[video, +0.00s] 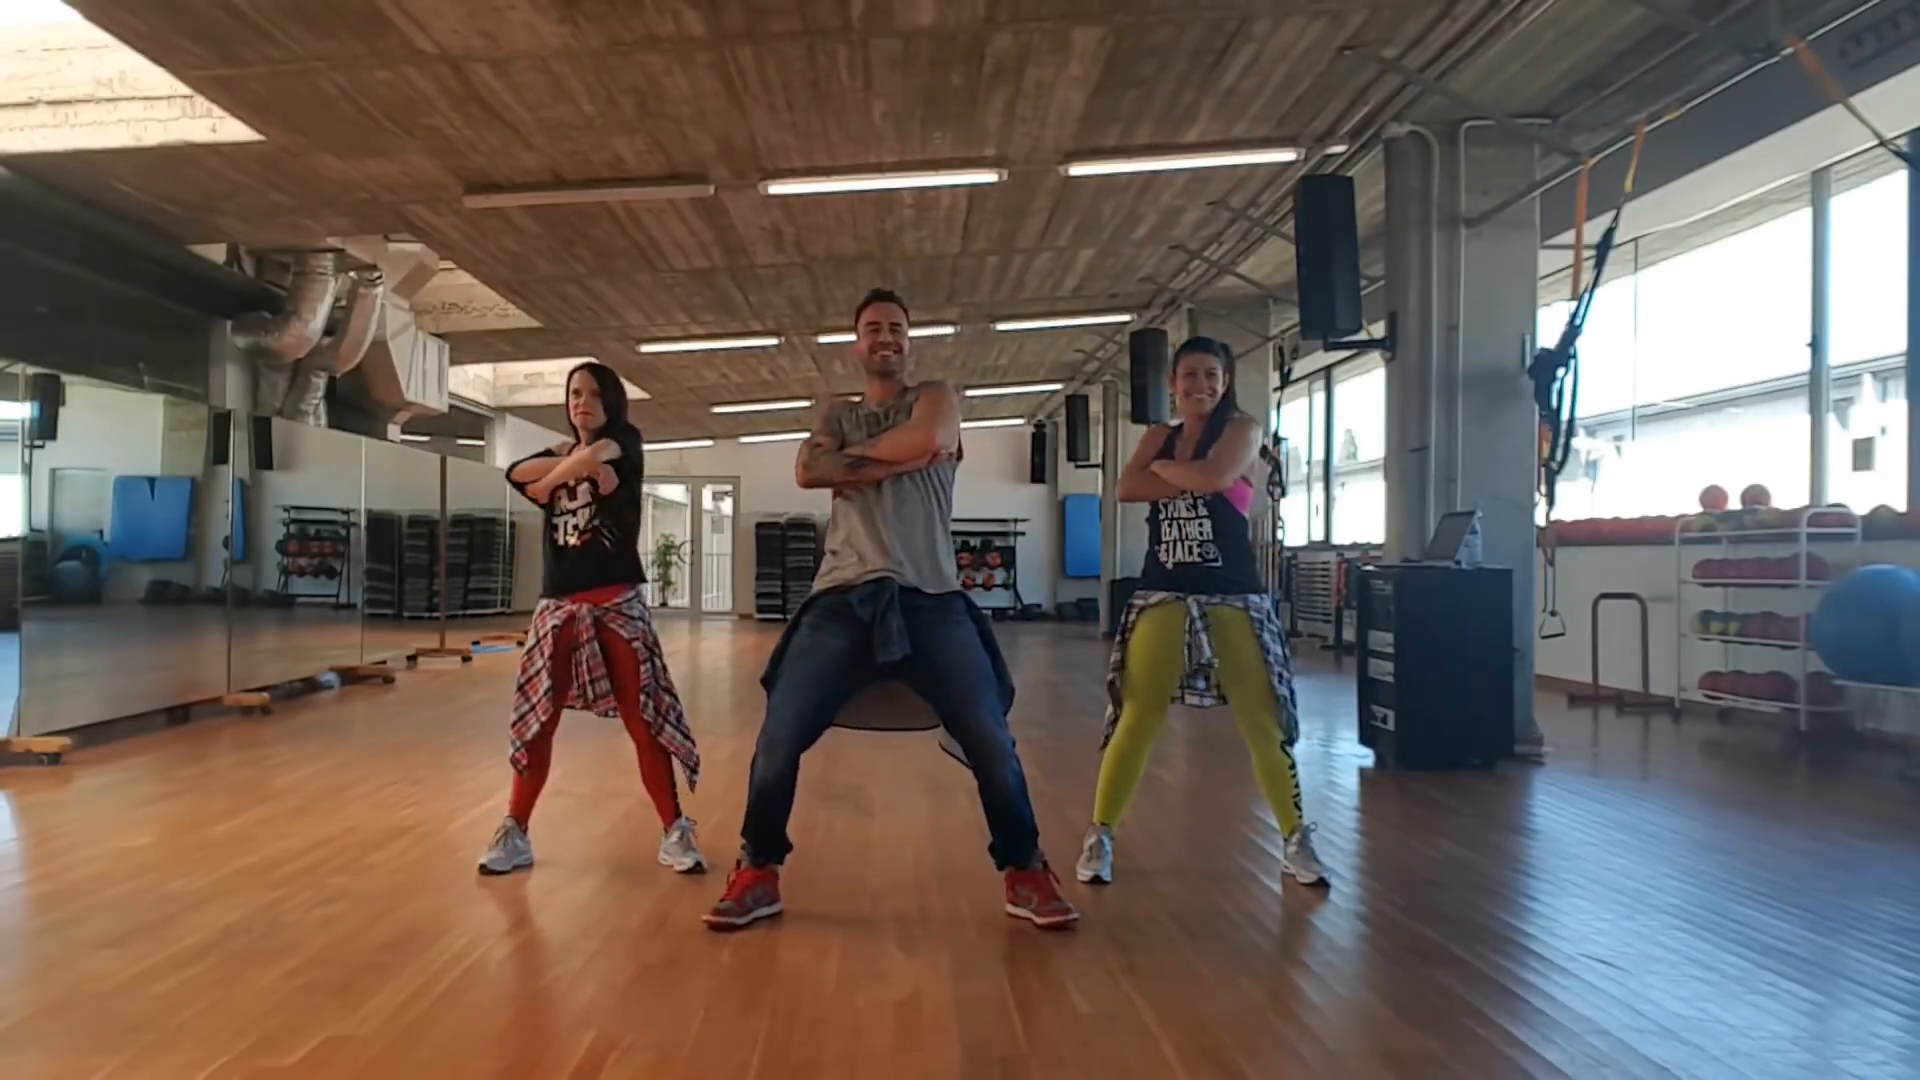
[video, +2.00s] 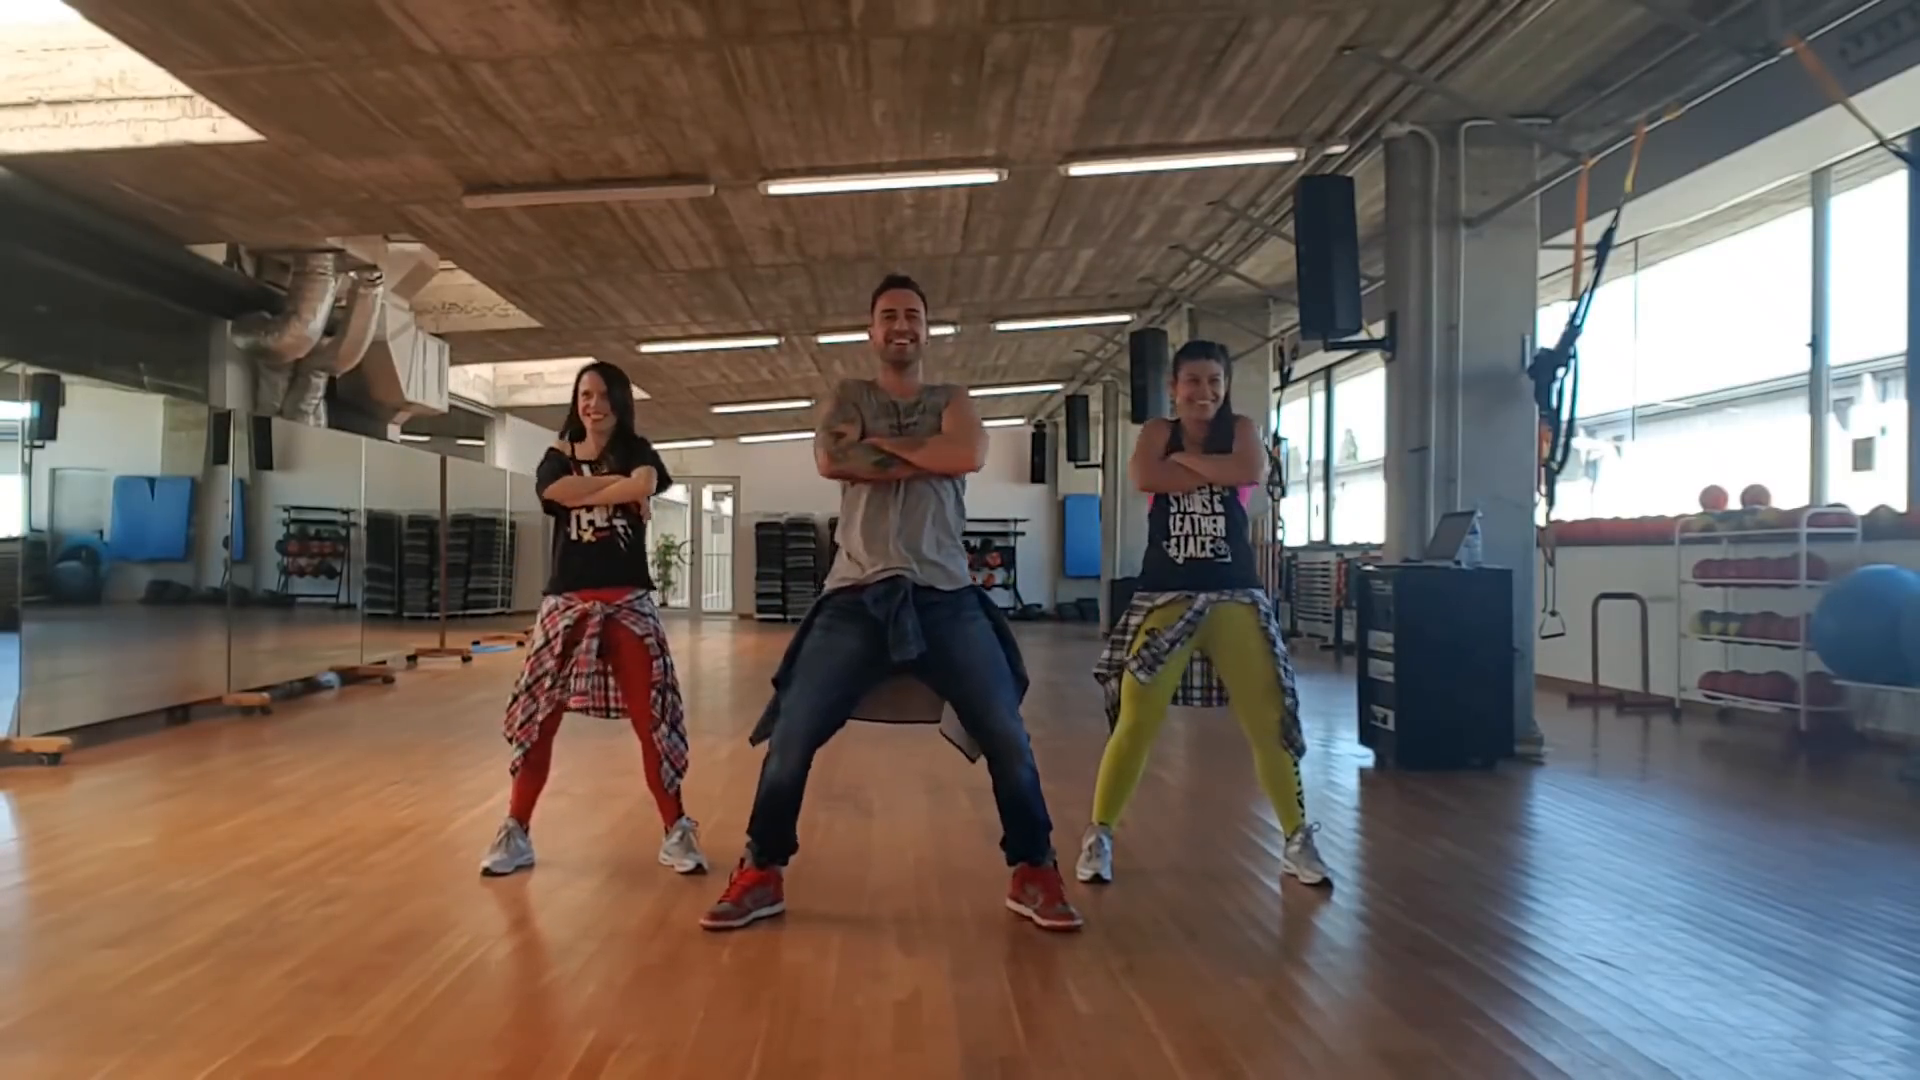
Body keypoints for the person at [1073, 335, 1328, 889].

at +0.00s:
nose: (1199, 384)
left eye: (1210, 376)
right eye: (1189, 375)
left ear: (1225, 383)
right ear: (1174, 383)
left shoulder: (1242, 428)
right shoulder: (1160, 436)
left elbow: (1212, 477)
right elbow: (1126, 488)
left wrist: (1157, 466)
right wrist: (1194, 478)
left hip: (1233, 591)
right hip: (1162, 590)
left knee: (1262, 720)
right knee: (1140, 714)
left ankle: (1296, 841)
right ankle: (1100, 837)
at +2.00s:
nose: (1201, 391)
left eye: (1211, 382)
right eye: (1191, 381)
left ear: (1225, 387)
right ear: (1174, 386)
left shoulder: (1242, 429)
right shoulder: (1157, 431)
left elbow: (1250, 471)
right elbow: (1143, 477)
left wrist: (1176, 457)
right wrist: (1217, 469)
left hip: (1233, 594)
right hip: (1163, 594)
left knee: (1268, 719)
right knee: (1136, 722)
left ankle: (1298, 841)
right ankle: (1098, 838)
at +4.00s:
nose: (1217, 384)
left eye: (1226, 375)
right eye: (1206, 375)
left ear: (1237, 381)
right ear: (1186, 382)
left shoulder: (1248, 427)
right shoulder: (1169, 423)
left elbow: (1284, 472)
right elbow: (1193, 474)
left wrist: (1216, 454)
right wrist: (1252, 469)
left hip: (1243, 593)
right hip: (1176, 592)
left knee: (1276, 720)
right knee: (1139, 720)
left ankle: (1298, 841)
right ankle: (1097, 836)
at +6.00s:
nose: (1225, 380)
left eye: (1233, 372)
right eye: (1214, 372)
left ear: (1245, 382)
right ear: (1193, 382)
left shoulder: (1253, 432)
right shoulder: (1181, 426)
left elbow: (1292, 484)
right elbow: (1202, 481)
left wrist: (1231, 466)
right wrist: (1260, 483)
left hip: (1249, 598)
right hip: (1182, 598)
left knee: (1275, 723)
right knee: (1146, 721)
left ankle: (1297, 842)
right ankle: (1099, 838)